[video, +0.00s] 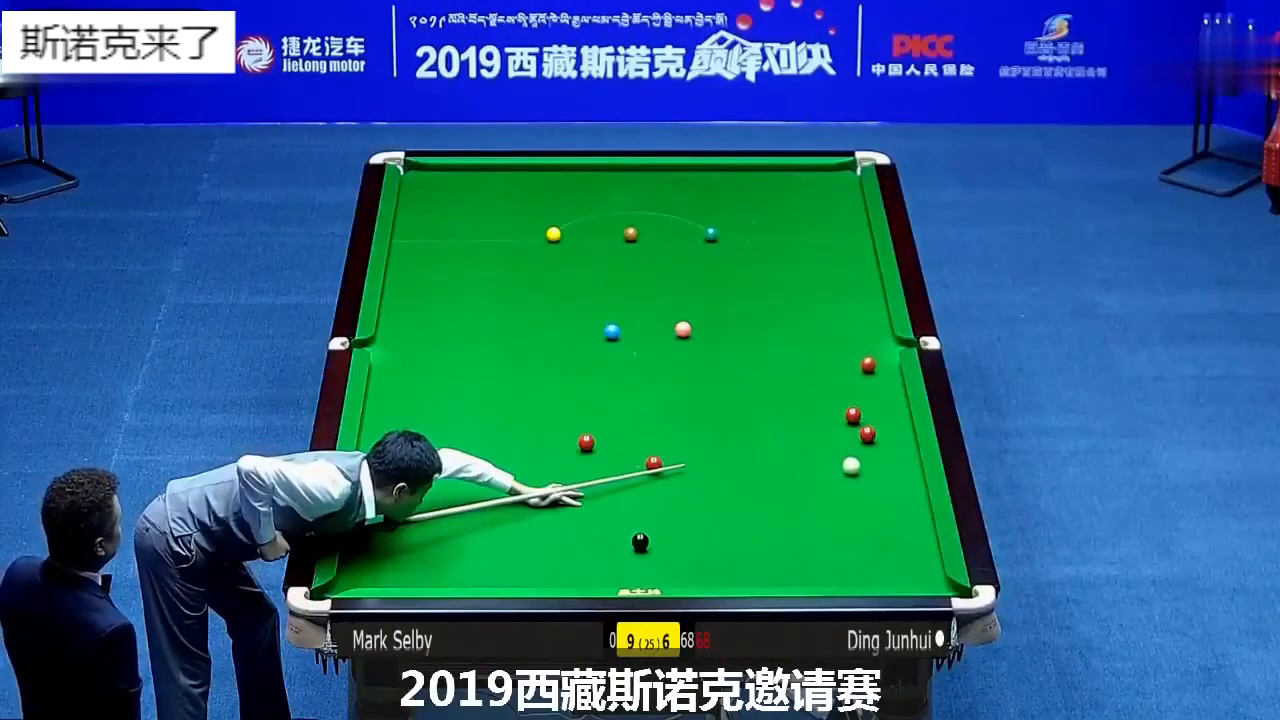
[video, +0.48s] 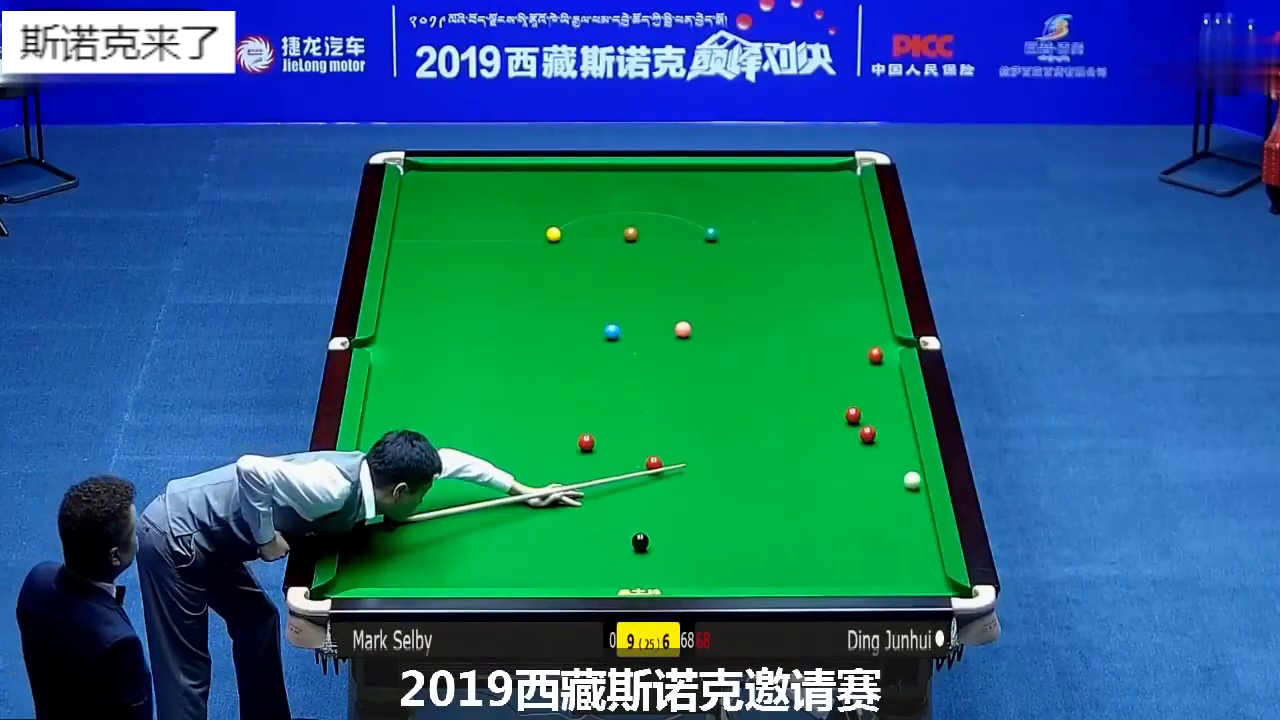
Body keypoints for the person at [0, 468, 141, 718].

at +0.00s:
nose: (120, 526)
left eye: (117, 520)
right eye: (117, 523)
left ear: (53, 530)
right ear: (100, 546)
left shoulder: (18, 575)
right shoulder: (112, 632)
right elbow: (128, 707)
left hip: (32, 711)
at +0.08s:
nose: (121, 527)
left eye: (117, 521)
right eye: (117, 523)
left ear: (53, 530)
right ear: (101, 547)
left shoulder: (18, 576)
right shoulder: (113, 632)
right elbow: (129, 707)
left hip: (32, 711)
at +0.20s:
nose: (122, 528)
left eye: (119, 522)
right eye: (118, 525)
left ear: (55, 532)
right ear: (102, 548)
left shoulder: (20, 577)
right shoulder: (113, 634)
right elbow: (130, 708)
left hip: (32, 711)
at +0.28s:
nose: (124, 531)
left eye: (121, 525)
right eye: (121, 528)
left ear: (57, 534)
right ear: (104, 551)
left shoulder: (23, 579)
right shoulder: (113, 637)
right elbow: (131, 710)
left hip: (33, 711)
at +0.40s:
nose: (131, 533)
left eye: (127, 527)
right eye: (127, 530)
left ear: (64, 537)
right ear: (110, 554)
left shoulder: (31, 580)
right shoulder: (116, 641)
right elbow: (135, 712)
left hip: (39, 712)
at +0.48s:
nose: (136, 533)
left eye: (133, 528)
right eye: (132, 531)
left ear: (70, 539)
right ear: (115, 556)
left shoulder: (39, 580)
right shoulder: (119, 644)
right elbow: (141, 713)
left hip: (45, 711)